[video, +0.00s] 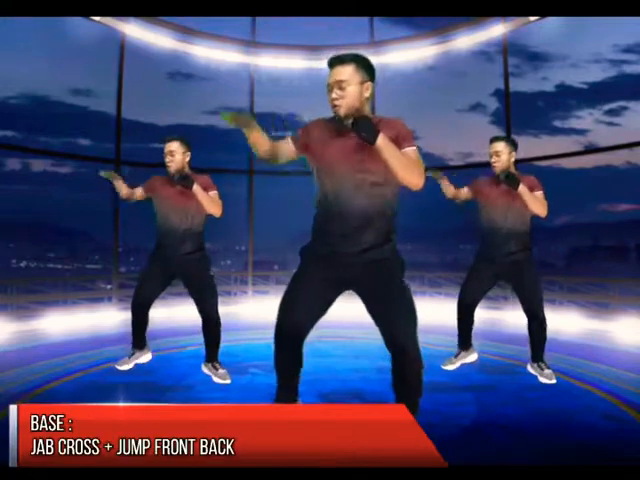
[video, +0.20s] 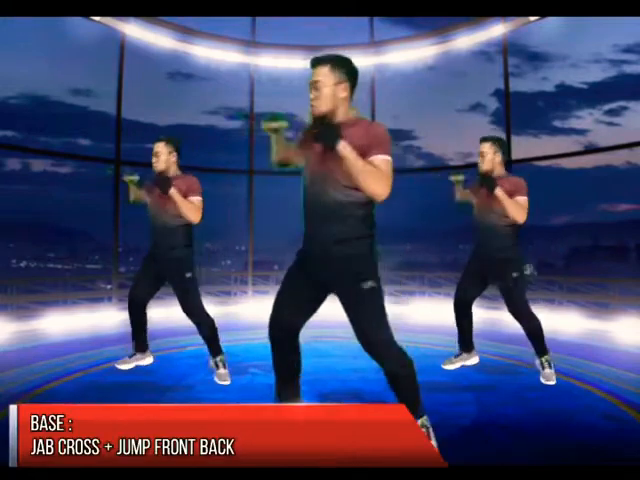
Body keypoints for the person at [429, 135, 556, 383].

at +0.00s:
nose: (494, 160)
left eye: (498, 154)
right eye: (491, 155)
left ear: (512, 155)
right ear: (489, 158)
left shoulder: (528, 183)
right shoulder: (482, 185)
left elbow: (542, 211)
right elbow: (456, 195)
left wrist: (518, 185)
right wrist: (442, 180)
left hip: (520, 260)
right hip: (489, 259)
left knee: (536, 313)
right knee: (466, 301)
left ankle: (537, 362)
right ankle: (465, 350)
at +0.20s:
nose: (480, 160)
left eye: (485, 155)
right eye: (479, 155)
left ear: (499, 157)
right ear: (480, 158)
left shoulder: (515, 184)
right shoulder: (479, 185)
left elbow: (520, 216)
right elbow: (462, 198)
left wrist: (498, 190)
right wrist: (459, 187)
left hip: (508, 257)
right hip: (482, 255)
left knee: (519, 308)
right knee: (461, 301)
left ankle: (543, 358)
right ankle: (467, 352)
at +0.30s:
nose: (477, 160)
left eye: (480, 156)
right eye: (477, 156)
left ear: (493, 157)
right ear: (485, 157)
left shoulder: (504, 181)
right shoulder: (485, 180)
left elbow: (492, 199)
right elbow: (479, 202)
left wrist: (470, 181)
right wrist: (473, 183)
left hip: (502, 252)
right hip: (484, 251)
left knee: (509, 308)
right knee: (462, 299)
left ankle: (546, 356)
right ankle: (467, 352)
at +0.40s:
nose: (481, 161)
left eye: (484, 157)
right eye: (481, 158)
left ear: (495, 157)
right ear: (492, 157)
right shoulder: (493, 178)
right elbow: (485, 210)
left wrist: (431, 169)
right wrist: (479, 185)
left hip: (501, 255)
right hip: (487, 254)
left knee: (509, 312)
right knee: (464, 298)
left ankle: (544, 358)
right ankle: (467, 352)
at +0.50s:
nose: (482, 161)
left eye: (485, 157)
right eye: (482, 157)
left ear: (496, 156)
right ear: (494, 157)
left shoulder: (507, 175)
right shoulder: (493, 179)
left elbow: (471, 183)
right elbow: (482, 208)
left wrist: (447, 173)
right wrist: (480, 182)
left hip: (508, 257)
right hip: (490, 256)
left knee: (517, 312)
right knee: (467, 298)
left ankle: (546, 360)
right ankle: (467, 352)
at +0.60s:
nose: (482, 163)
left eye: (485, 159)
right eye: (480, 159)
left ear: (498, 158)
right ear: (483, 162)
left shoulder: (515, 179)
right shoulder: (487, 184)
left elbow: (512, 205)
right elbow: (480, 211)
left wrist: (487, 183)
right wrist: (474, 191)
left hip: (514, 258)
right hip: (491, 258)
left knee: (524, 312)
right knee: (470, 302)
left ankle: (547, 363)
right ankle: (467, 352)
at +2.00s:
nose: (494, 161)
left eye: (498, 156)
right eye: (492, 156)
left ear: (512, 157)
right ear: (490, 159)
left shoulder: (529, 183)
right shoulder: (485, 189)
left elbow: (542, 208)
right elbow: (466, 209)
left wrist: (517, 184)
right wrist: (457, 195)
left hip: (522, 262)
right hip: (491, 262)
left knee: (539, 317)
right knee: (467, 306)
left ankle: (548, 364)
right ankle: (462, 354)